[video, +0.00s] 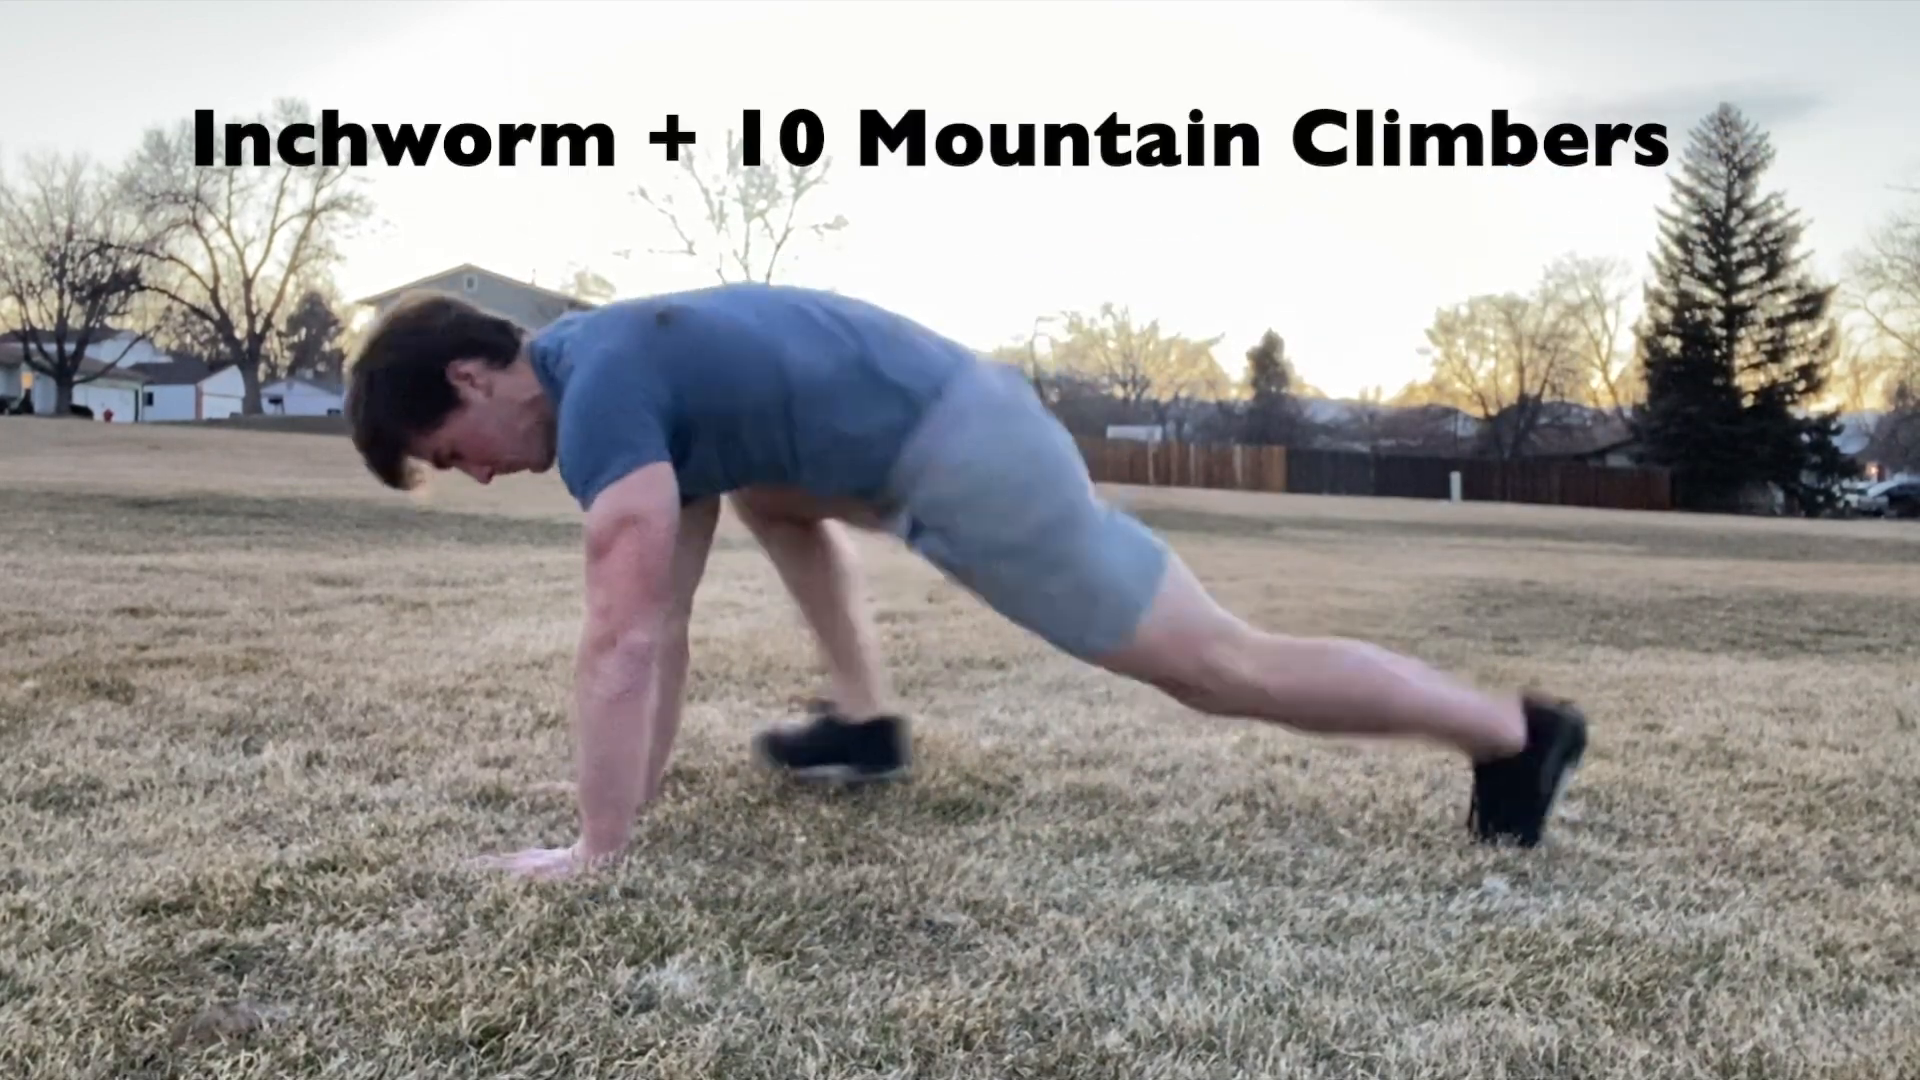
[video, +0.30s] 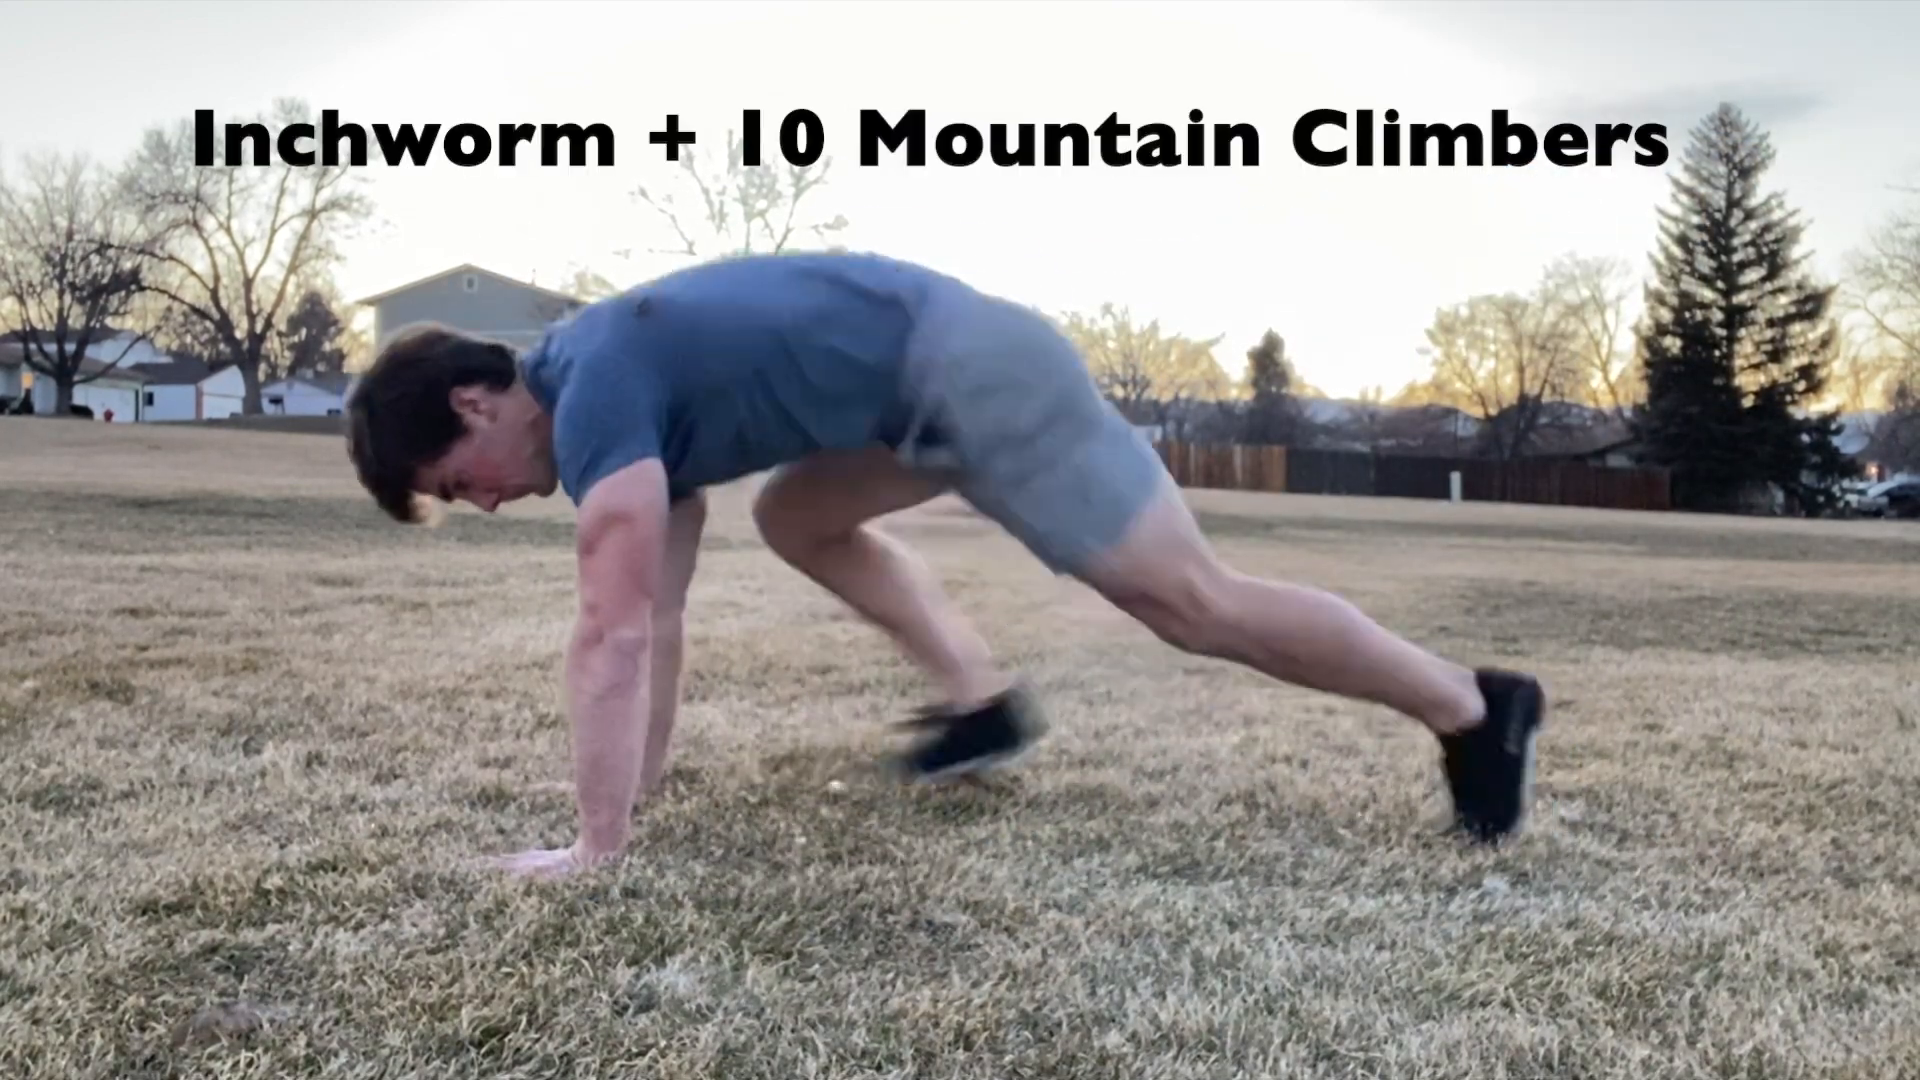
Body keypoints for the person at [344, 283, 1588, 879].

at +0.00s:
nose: (473, 473)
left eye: (452, 450)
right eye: (451, 465)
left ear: (476, 379)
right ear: (488, 376)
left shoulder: (602, 377)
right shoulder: (618, 371)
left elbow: (634, 621)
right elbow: (643, 629)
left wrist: (602, 839)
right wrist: (623, 819)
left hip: (966, 449)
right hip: (911, 445)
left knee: (1216, 663)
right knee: (753, 492)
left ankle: (1515, 733)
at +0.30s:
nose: (476, 502)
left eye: (455, 480)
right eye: (453, 495)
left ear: (479, 404)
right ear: (483, 410)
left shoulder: (601, 376)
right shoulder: (610, 383)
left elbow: (619, 624)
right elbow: (647, 622)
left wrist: (598, 841)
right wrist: (640, 784)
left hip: (974, 363)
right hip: (922, 400)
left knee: (1193, 603)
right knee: (794, 510)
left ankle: (1477, 709)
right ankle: (979, 701)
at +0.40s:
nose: (468, 515)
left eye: (444, 495)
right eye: (441, 509)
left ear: (461, 419)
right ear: (465, 414)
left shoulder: (596, 373)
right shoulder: (580, 381)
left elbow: (620, 626)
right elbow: (641, 604)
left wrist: (596, 843)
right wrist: (645, 777)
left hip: (958, 273)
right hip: (902, 337)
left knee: (1044, 577)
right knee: (938, 599)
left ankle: (1343, 684)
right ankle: (1205, 604)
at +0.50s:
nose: (459, 512)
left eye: (437, 491)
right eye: (434, 505)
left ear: (458, 415)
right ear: (461, 410)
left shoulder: (605, 371)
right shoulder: (581, 378)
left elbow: (622, 630)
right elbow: (633, 605)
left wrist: (593, 845)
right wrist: (637, 763)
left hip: (949, 289)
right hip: (922, 345)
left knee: (856, 459)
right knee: (1093, 580)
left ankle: (1058, 735)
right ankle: (1378, 588)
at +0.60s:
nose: (455, 499)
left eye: (436, 475)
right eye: (431, 491)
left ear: (464, 399)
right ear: (466, 407)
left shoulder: (620, 368)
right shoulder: (584, 404)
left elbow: (631, 631)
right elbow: (633, 631)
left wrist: (590, 847)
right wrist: (602, 818)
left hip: (964, 356)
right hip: (933, 441)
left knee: (764, 430)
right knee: (1162, 604)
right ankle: (1429, 714)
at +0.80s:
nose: (460, 506)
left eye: (436, 485)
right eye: (435, 500)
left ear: (457, 409)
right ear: (461, 411)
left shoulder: (623, 376)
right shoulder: (589, 402)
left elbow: (631, 637)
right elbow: (631, 629)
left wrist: (598, 846)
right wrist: (610, 811)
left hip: (959, 361)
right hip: (945, 418)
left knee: (767, 459)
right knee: (1139, 626)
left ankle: (908, 787)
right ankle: (1421, 735)